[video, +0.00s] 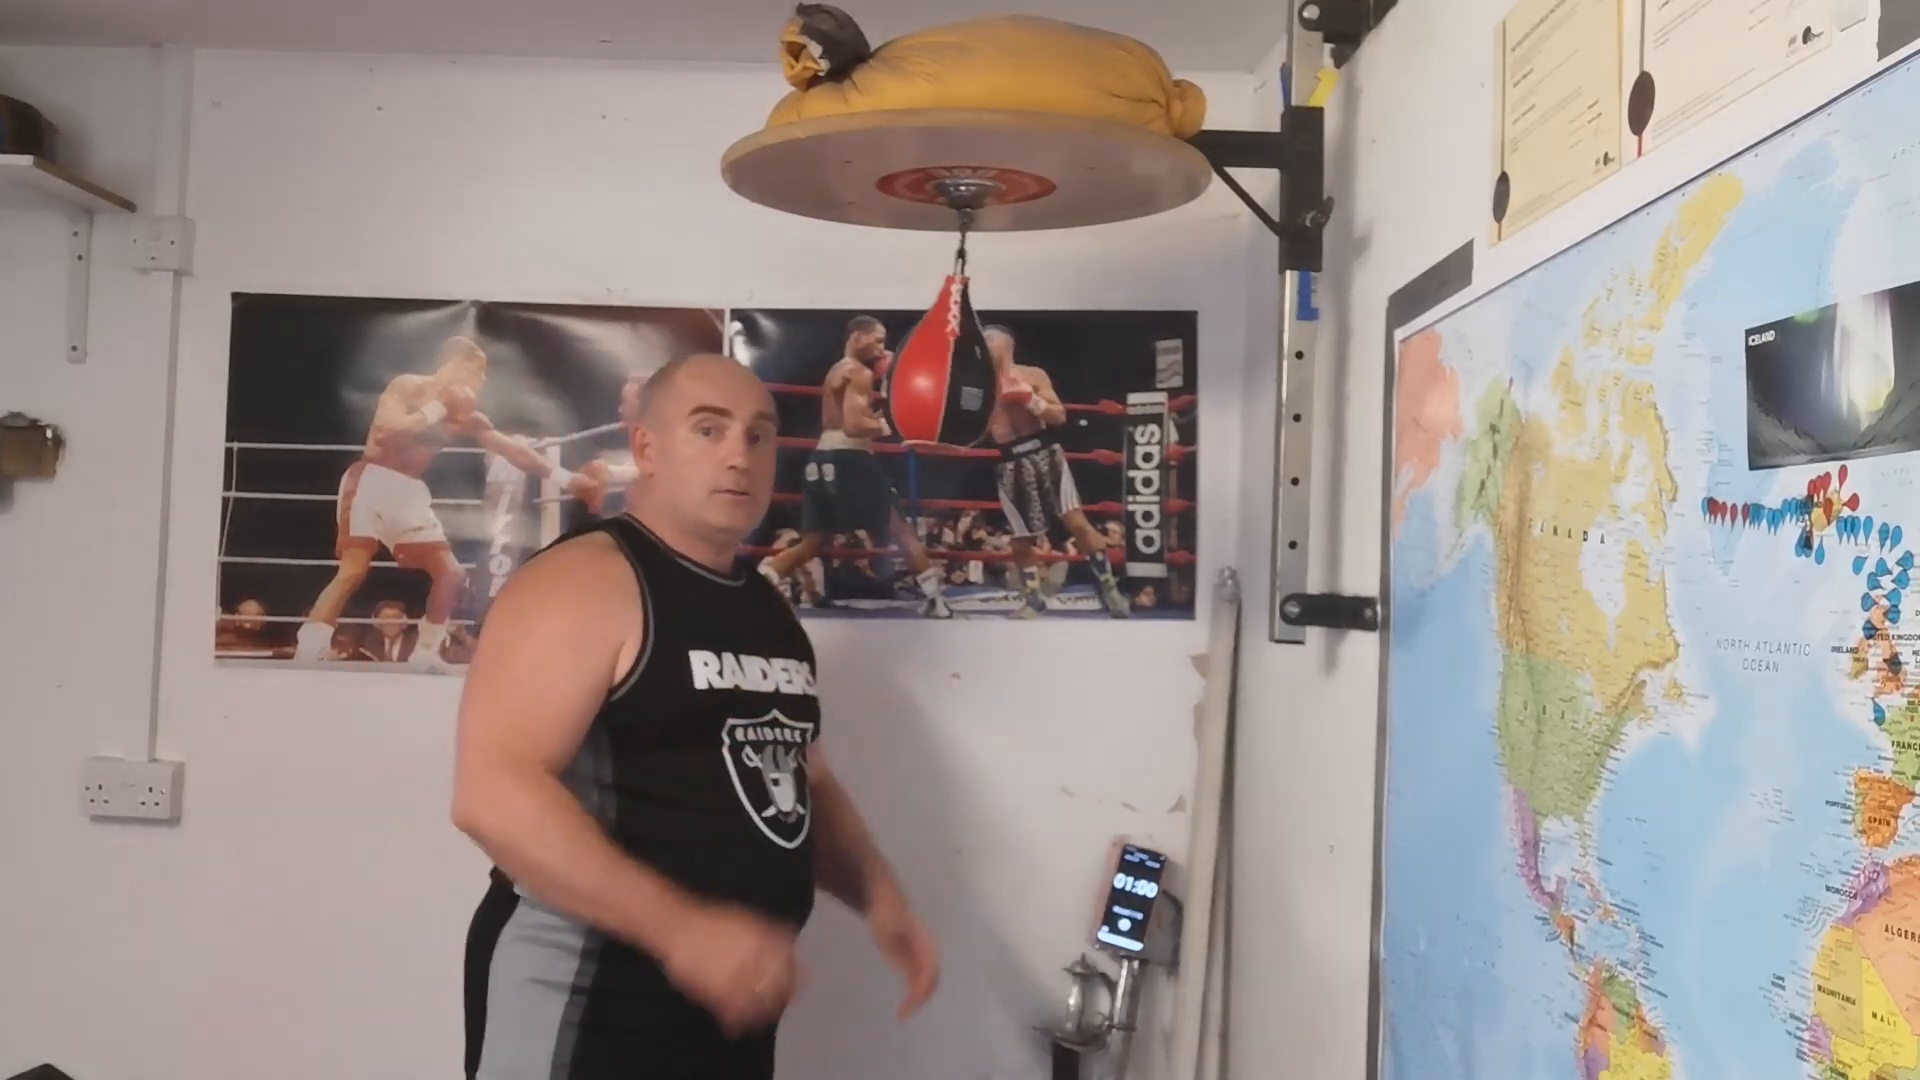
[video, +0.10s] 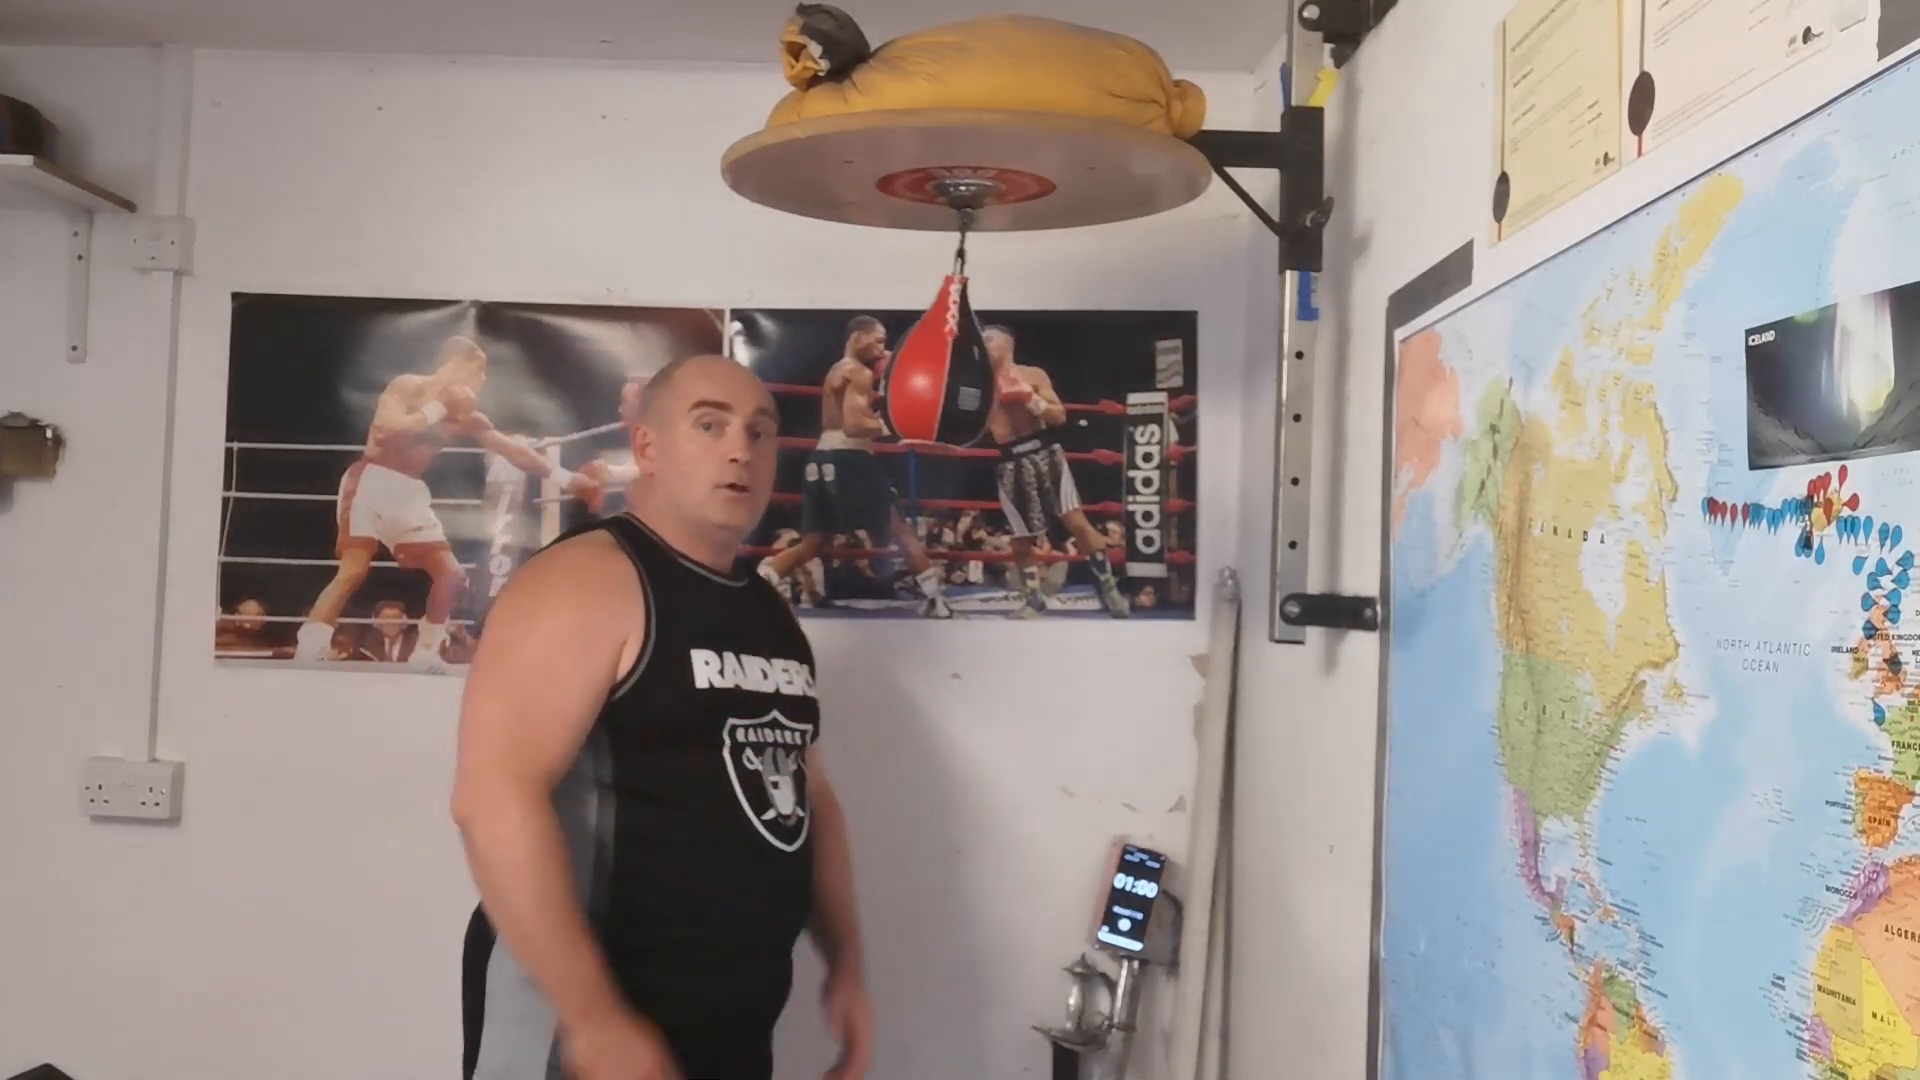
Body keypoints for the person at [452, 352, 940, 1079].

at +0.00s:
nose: (740, 456)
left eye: (758, 436)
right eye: (709, 427)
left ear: (776, 460)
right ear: (645, 448)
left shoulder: (764, 604)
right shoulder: (579, 581)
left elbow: (801, 782)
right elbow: (493, 790)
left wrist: (876, 890)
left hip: (730, 1006)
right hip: (586, 1001)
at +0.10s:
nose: (741, 449)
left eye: (759, 431)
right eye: (710, 423)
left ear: (776, 461)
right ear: (646, 447)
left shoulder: (764, 606)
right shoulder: (580, 581)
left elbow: (808, 796)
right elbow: (495, 800)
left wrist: (844, 957)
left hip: (736, 1012)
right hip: (592, 1017)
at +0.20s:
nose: (734, 444)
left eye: (752, 426)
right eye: (701, 420)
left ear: (768, 455)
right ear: (637, 446)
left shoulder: (760, 610)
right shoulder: (571, 583)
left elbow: (790, 804)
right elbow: (473, 802)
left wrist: (798, 995)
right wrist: (498, 1044)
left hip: (738, 1033)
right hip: (592, 1037)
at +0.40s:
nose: (691, 447)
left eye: (709, 426)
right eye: (656, 419)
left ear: (724, 453)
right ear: (590, 446)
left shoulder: (720, 610)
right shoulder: (520, 591)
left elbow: (737, 827)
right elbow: (404, 816)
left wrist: (753, 1014)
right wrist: (432, 1056)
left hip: (708, 1046)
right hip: (554, 1047)